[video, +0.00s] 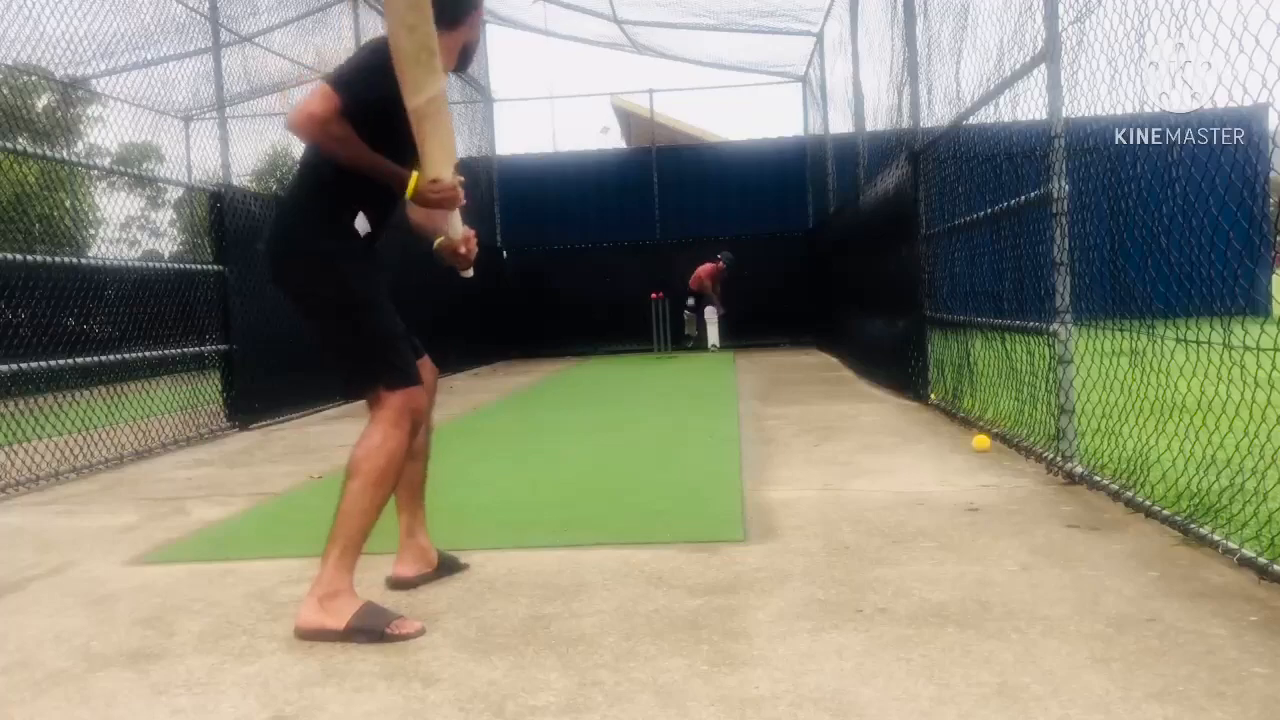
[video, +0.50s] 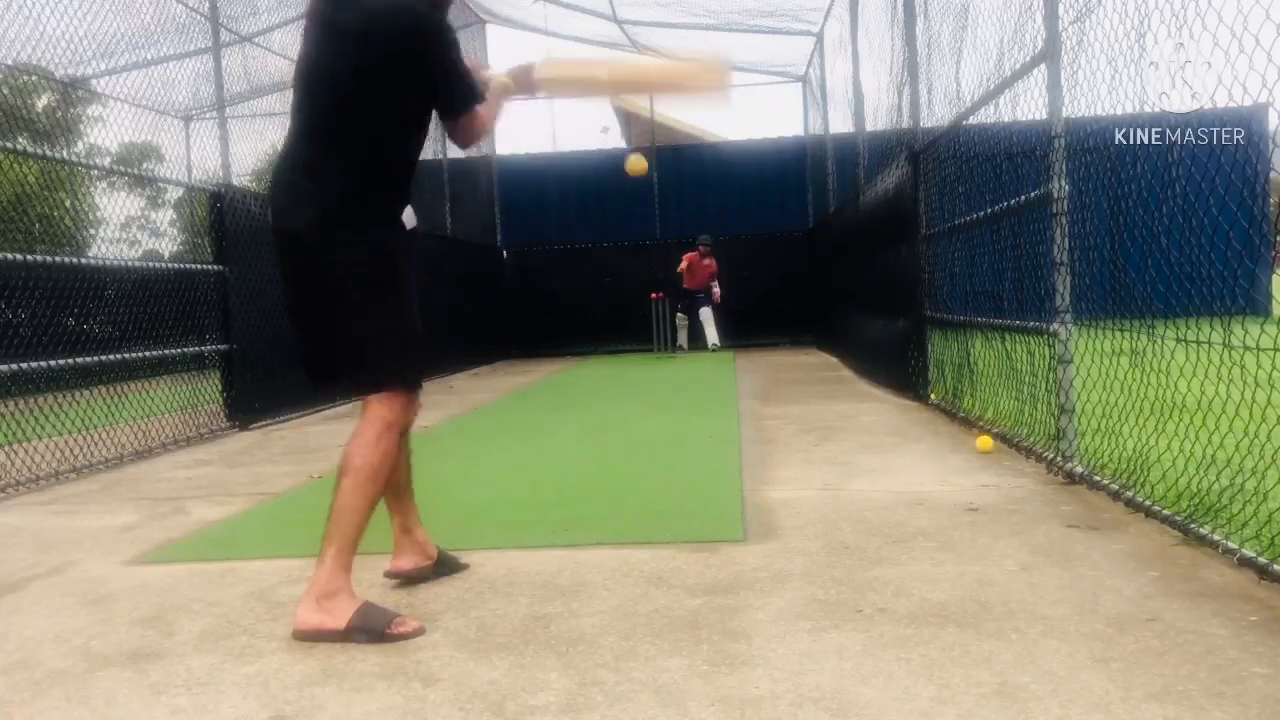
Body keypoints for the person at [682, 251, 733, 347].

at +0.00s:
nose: (724, 267)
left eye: (726, 265)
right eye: (724, 263)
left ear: (727, 266)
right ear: (719, 261)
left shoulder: (719, 272)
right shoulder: (707, 270)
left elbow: (717, 287)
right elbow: (708, 291)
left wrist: (717, 303)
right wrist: (718, 306)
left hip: (705, 292)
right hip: (694, 291)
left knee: (710, 314)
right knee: (691, 315)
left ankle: (712, 341)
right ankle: (691, 337)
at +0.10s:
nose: (725, 269)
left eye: (726, 267)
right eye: (724, 266)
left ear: (726, 267)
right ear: (719, 264)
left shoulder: (721, 273)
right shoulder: (709, 272)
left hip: (708, 293)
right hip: (694, 292)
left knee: (712, 314)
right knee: (687, 314)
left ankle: (714, 343)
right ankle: (683, 336)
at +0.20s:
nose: (723, 265)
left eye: (724, 263)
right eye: (722, 262)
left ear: (723, 263)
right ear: (717, 260)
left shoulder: (718, 269)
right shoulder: (706, 268)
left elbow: (717, 281)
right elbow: (706, 285)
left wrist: (720, 290)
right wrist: (717, 291)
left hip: (707, 292)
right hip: (693, 292)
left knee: (711, 314)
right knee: (685, 318)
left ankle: (713, 344)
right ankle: (678, 339)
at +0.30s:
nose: (718, 257)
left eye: (720, 255)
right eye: (716, 254)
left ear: (722, 256)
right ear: (712, 253)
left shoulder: (719, 267)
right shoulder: (702, 262)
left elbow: (719, 284)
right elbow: (697, 283)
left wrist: (721, 298)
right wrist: (709, 297)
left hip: (706, 292)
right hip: (692, 291)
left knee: (709, 314)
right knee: (682, 315)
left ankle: (713, 344)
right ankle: (679, 342)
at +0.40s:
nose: (713, 252)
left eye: (715, 249)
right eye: (710, 249)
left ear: (717, 251)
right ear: (705, 249)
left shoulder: (717, 266)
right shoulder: (696, 259)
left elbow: (718, 283)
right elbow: (689, 272)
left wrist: (721, 296)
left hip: (705, 291)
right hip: (691, 290)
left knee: (707, 313)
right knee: (682, 315)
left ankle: (713, 344)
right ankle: (681, 344)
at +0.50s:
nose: (705, 249)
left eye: (707, 246)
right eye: (702, 246)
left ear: (710, 248)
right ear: (698, 246)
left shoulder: (711, 261)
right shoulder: (690, 257)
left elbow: (713, 279)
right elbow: (684, 263)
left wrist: (716, 290)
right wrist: (682, 268)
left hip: (702, 292)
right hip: (688, 291)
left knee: (706, 314)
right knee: (681, 318)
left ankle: (713, 344)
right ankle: (682, 345)